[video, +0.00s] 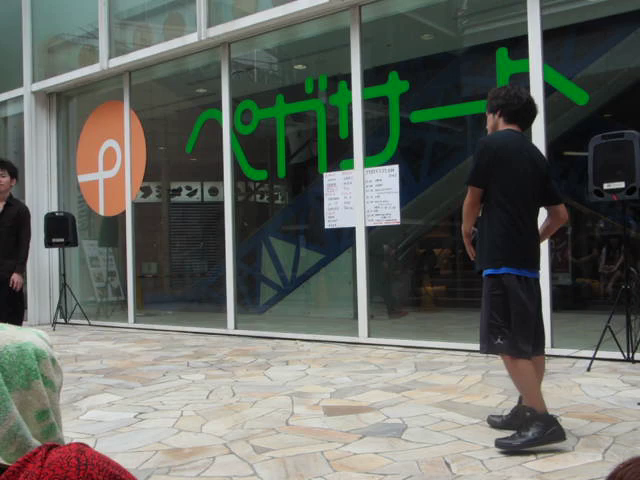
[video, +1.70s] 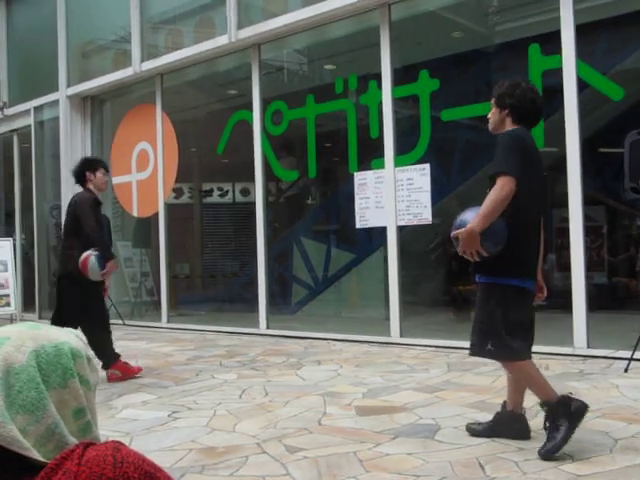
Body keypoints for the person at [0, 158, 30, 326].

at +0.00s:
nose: (0, 180)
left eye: (3, 175)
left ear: (13, 181)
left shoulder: (19, 210)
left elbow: (23, 244)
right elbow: (23, 244)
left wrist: (19, 271)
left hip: (8, 276)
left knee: (11, 324)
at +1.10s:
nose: (18, 169)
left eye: (21, 165)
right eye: (13, 165)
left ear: (27, 168)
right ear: (4, 171)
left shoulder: (37, 200)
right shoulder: (3, 199)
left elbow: (46, 233)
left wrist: (49, 265)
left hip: (30, 269)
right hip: (5, 269)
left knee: (26, 322)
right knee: (7, 321)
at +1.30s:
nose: (44, 171)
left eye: (46, 166)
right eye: (39, 167)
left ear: (49, 169)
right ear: (25, 172)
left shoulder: (51, 202)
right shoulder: (13, 201)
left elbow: (61, 235)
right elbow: (4, 234)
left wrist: (70, 260)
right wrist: (3, 260)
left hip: (45, 272)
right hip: (19, 272)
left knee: (54, 320)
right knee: (21, 321)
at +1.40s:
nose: (59, 172)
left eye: (60, 168)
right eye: (54, 168)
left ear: (61, 171)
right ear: (39, 172)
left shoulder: (59, 203)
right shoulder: (30, 200)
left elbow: (66, 237)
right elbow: (19, 230)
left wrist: (77, 262)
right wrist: (24, 258)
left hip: (53, 273)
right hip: (31, 274)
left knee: (69, 320)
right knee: (30, 324)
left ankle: (65, 367)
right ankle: (31, 369)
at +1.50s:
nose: (74, 174)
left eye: (74, 169)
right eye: (69, 169)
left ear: (72, 172)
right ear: (54, 173)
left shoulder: (66, 200)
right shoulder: (48, 198)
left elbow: (73, 237)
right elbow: (46, 233)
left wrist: (81, 266)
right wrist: (57, 260)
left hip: (57, 267)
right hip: (49, 268)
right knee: (74, 313)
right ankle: (89, 357)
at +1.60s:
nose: (89, 177)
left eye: (89, 173)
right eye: (85, 172)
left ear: (77, 177)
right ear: (70, 175)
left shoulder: (75, 201)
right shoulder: (66, 200)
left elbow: (78, 238)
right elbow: (71, 234)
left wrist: (85, 276)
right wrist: (84, 261)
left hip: (65, 270)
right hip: (63, 270)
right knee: (86, 316)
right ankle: (103, 361)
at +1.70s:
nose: (107, 179)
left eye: (107, 175)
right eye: (103, 174)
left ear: (92, 177)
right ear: (89, 176)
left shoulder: (89, 201)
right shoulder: (85, 201)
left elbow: (95, 239)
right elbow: (93, 233)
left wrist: (102, 277)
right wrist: (108, 257)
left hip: (75, 273)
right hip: (81, 274)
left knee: (63, 323)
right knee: (97, 320)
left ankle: (49, 365)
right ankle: (112, 364)